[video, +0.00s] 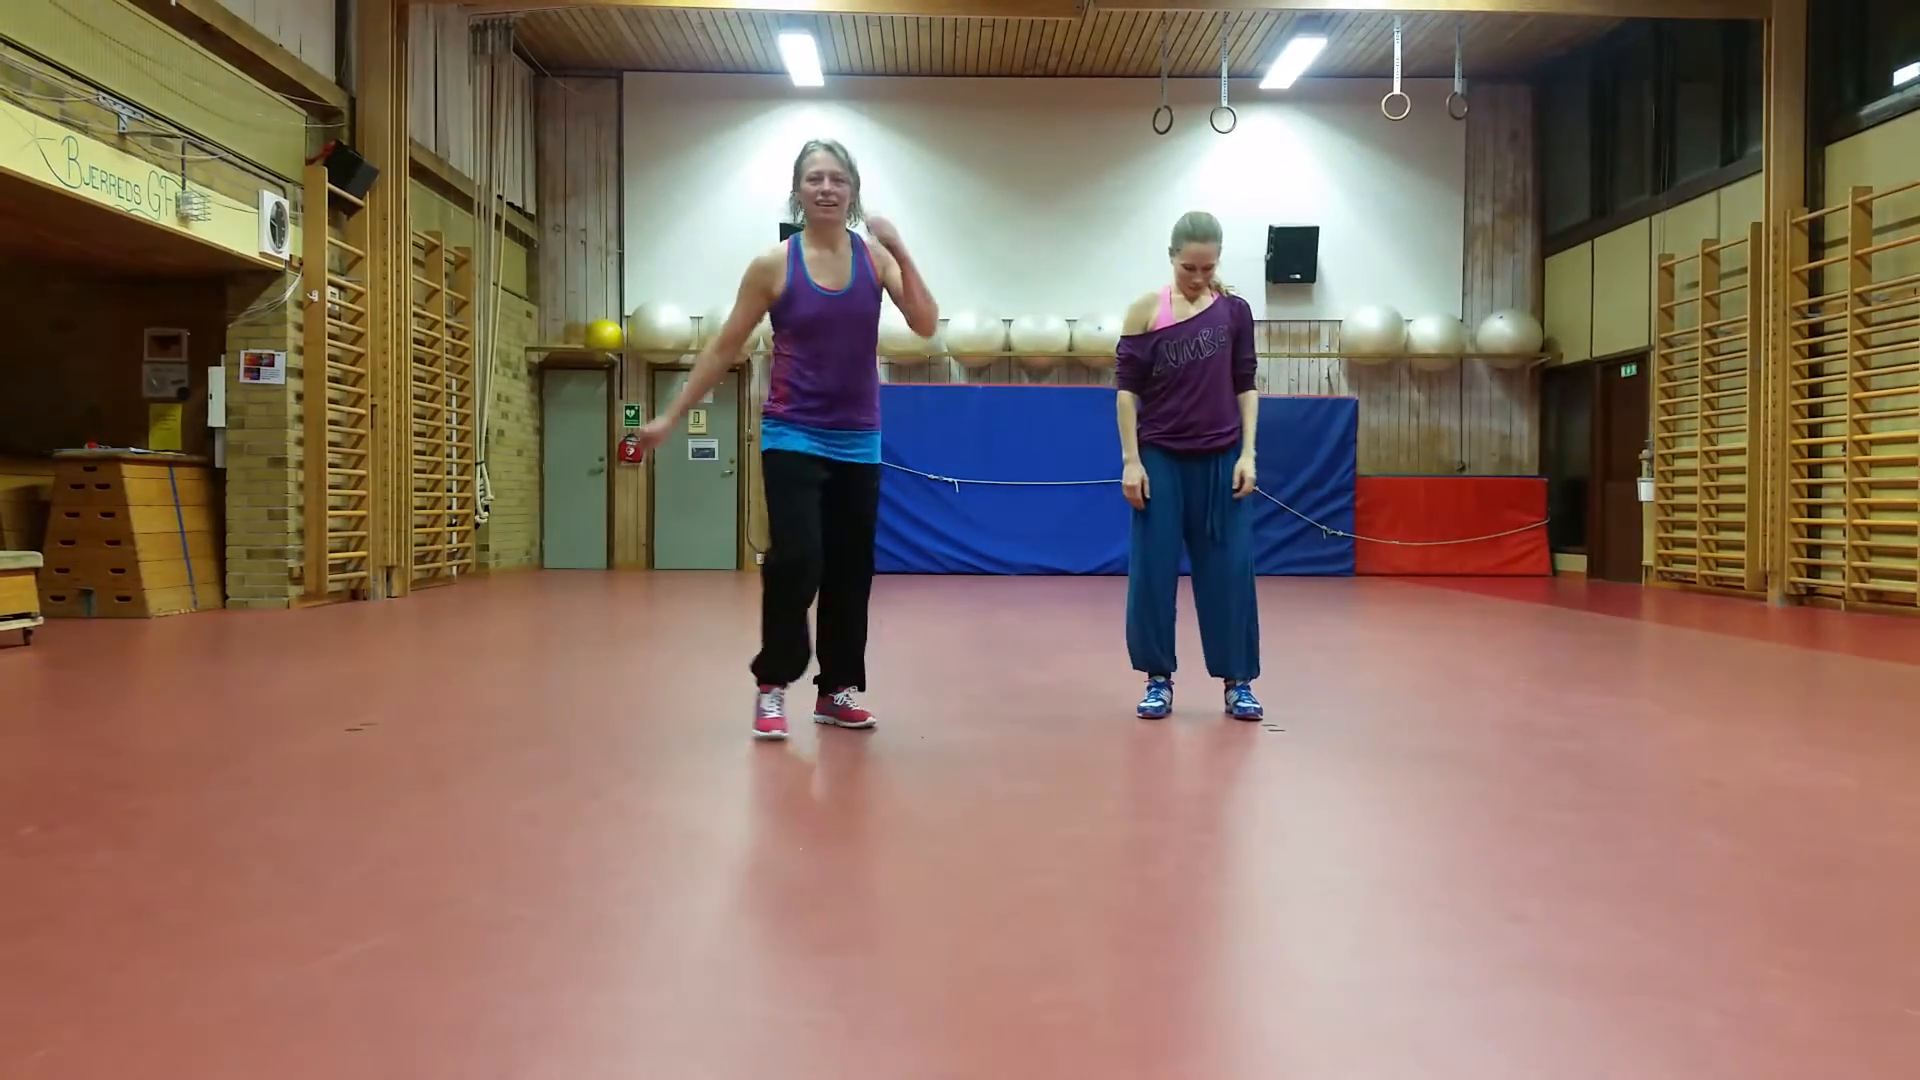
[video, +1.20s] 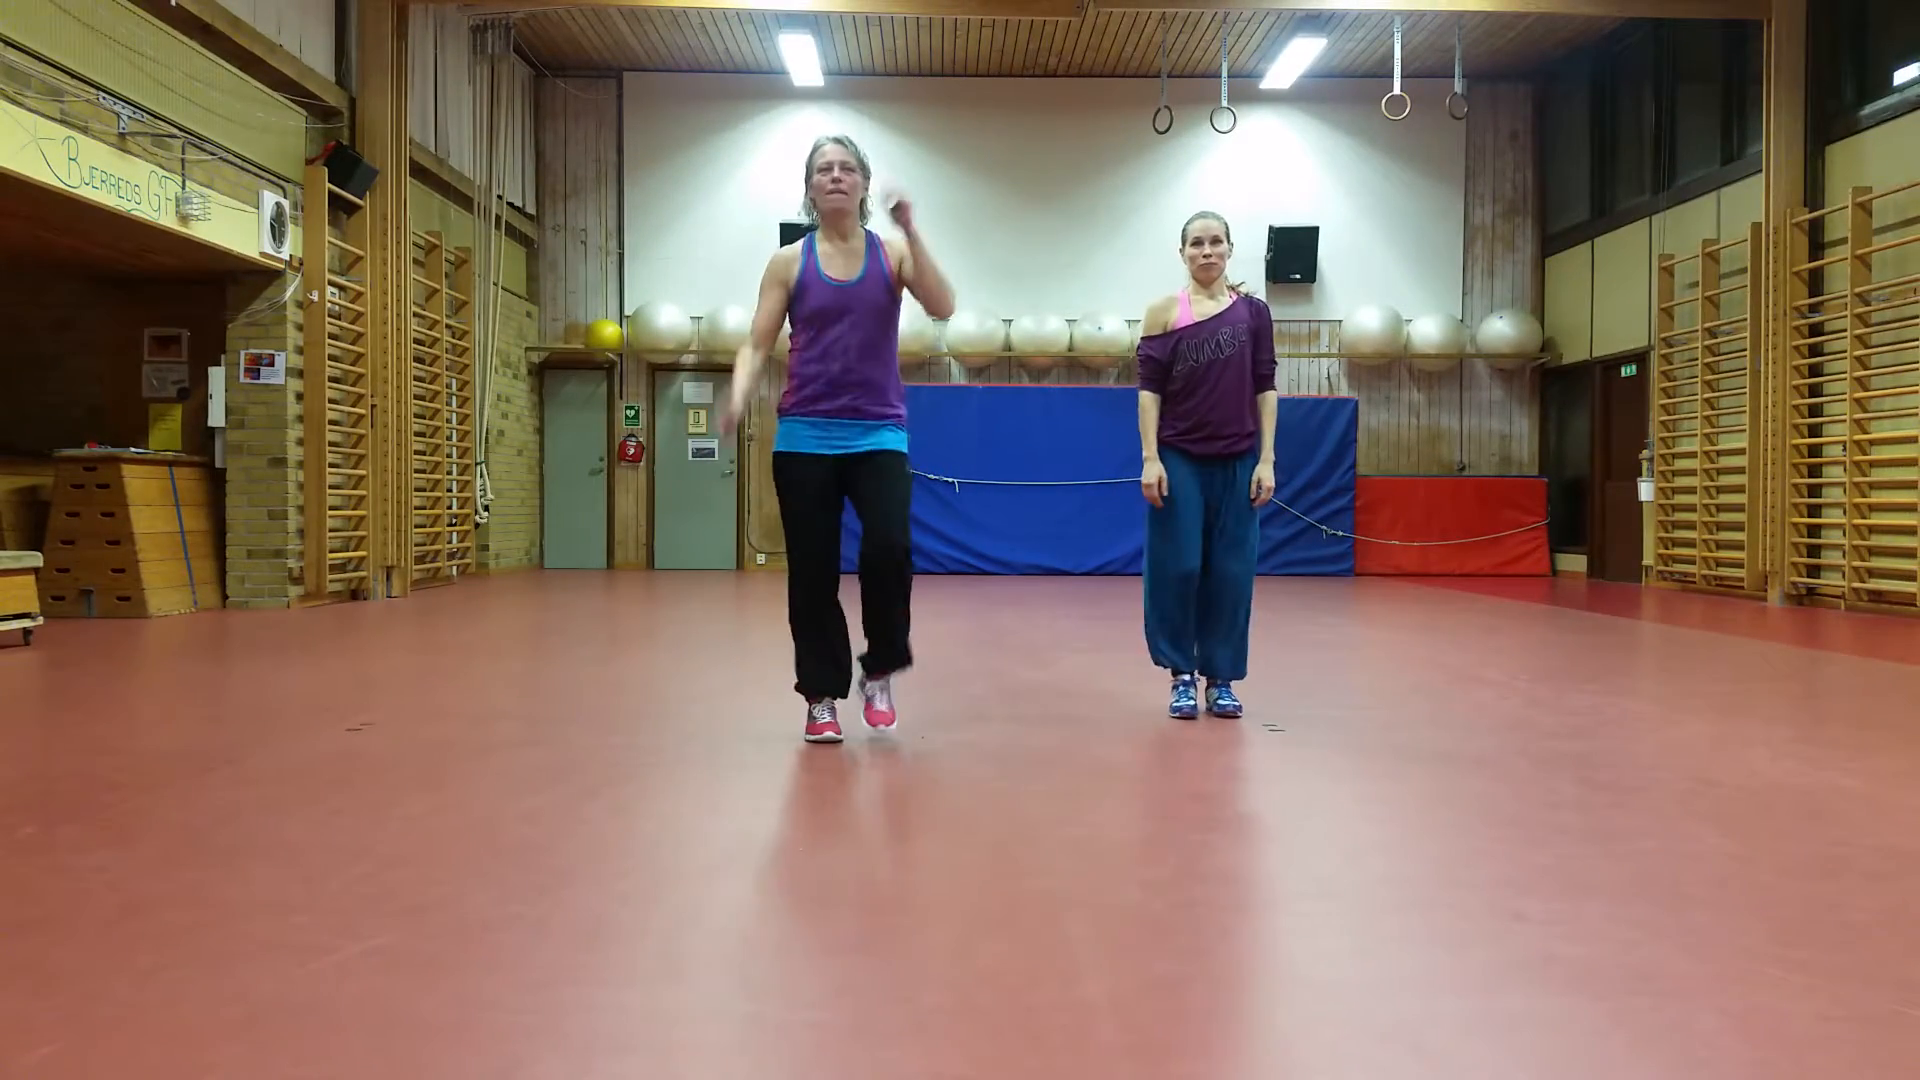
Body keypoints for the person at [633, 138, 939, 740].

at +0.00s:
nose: (826, 188)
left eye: (837, 179)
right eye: (814, 179)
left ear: (854, 191)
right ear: (797, 191)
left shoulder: (874, 258)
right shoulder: (772, 265)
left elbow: (926, 323)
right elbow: (724, 350)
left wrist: (901, 249)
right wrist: (668, 419)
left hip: (858, 437)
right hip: (792, 434)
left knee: (851, 569)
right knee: (797, 561)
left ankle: (838, 690)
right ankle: (773, 685)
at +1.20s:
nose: (836, 177)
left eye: (847, 169)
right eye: (824, 169)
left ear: (865, 184)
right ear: (808, 187)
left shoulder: (893, 250)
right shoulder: (789, 260)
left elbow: (942, 306)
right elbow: (758, 343)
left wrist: (912, 234)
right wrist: (737, 397)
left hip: (879, 432)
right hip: (805, 433)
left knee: (890, 550)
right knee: (812, 568)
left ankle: (880, 674)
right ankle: (821, 697)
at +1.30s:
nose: (839, 170)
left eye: (849, 162)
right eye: (827, 163)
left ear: (867, 179)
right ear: (811, 181)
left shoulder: (892, 239)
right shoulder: (791, 247)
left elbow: (939, 263)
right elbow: (763, 325)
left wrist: (925, 187)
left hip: (882, 422)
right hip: (810, 426)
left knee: (885, 540)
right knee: (812, 566)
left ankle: (883, 662)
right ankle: (821, 696)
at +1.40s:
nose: (842, 167)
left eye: (852, 159)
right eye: (830, 159)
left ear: (870, 175)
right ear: (815, 176)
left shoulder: (890, 239)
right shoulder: (801, 235)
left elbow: (920, 219)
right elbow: (794, 258)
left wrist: (890, 144)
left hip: (884, 416)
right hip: (816, 418)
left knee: (881, 553)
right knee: (817, 560)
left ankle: (884, 686)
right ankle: (826, 694)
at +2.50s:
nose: (870, 151)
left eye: (881, 144)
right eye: (858, 146)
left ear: (901, 161)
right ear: (844, 164)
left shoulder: (926, 225)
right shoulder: (834, 228)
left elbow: (946, 146)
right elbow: (795, 171)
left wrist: (907, 67)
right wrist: (817, 90)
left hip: (917, 415)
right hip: (842, 412)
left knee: (917, 561)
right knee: (830, 545)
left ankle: (915, 698)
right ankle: (846, 677)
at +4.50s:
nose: (889, 151)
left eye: (900, 143)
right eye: (878, 144)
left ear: (919, 160)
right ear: (861, 160)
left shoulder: (940, 222)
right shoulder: (847, 226)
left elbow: (977, 157)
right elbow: (821, 169)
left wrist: (946, 67)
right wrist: (836, 90)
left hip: (934, 413)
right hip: (860, 415)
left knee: (947, 550)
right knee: (860, 558)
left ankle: (930, 682)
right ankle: (868, 697)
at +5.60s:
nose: (890, 157)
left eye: (902, 149)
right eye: (879, 150)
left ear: (922, 168)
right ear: (865, 170)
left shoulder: (948, 234)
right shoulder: (846, 238)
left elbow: (1015, 236)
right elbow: (772, 266)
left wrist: (947, 180)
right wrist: (807, 196)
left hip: (939, 426)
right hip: (863, 424)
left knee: (943, 573)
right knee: (831, 560)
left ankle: (939, 708)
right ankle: (861, 693)